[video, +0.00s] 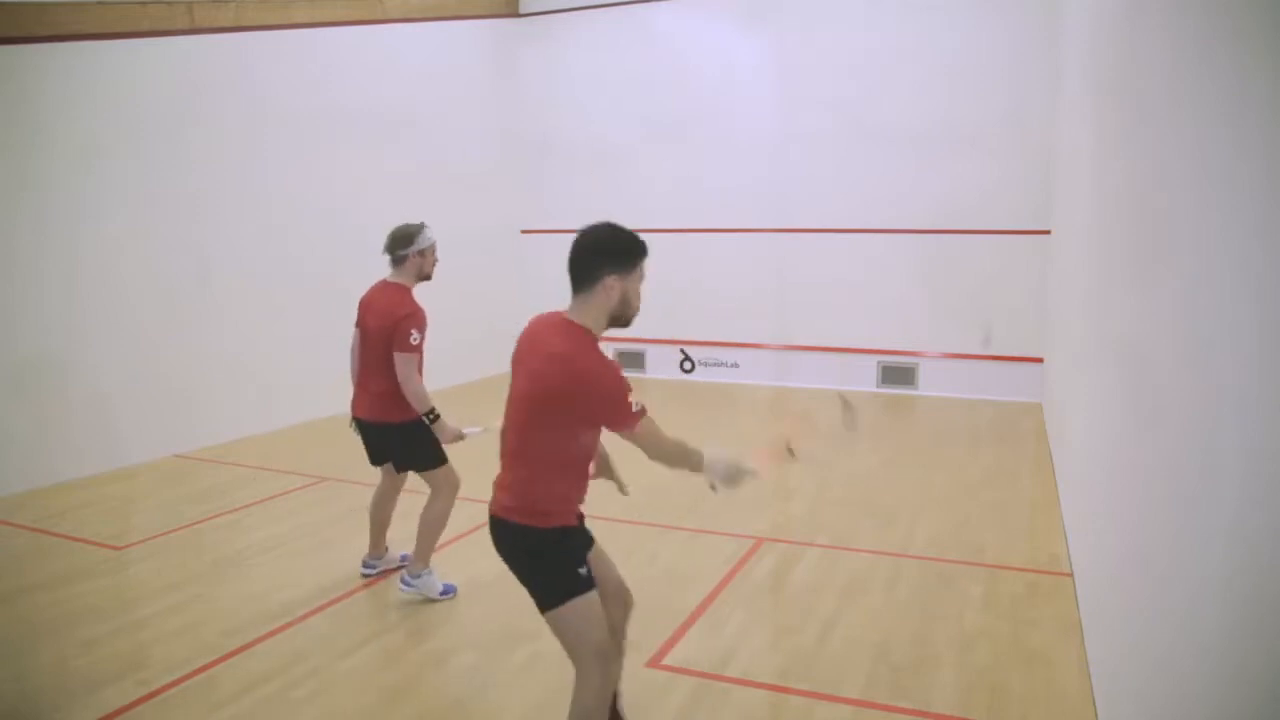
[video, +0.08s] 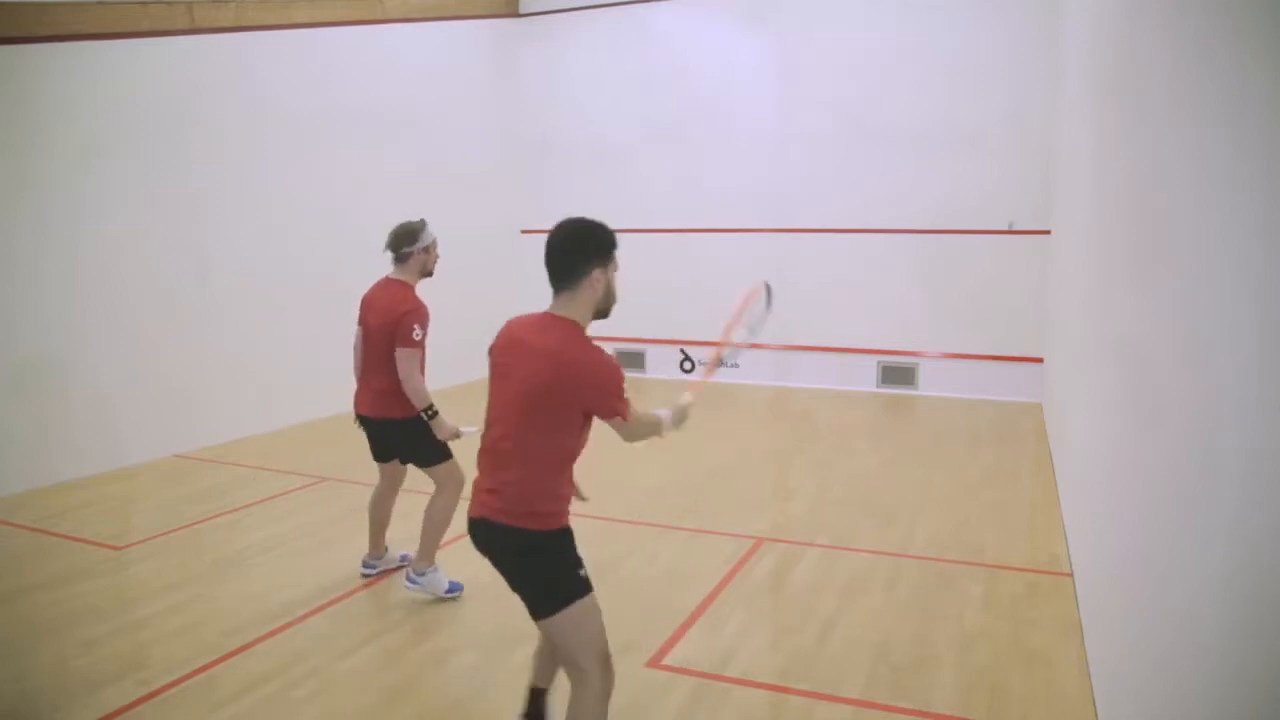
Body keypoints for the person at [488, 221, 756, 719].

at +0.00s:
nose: (641, 295)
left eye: (641, 281)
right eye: (639, 280)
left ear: (594, 280)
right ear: (612, 284)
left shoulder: (539, 330)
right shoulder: (592, 370)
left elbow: (546, 412)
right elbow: (657, 445)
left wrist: (593, 452)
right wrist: (708, 463)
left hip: (536, 513)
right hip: (537, 528)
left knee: (616, 603)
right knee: (597, 658)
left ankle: (607, 705)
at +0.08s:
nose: (616, 286)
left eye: (615, 273)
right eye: (614, 272)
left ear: (556, 272)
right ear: (598, 276)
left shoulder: (511, 333)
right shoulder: (590, 362)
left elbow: (509, 417)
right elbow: (631, 428)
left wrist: (559, 467)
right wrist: (671, 418)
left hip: (487, 518)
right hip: (535, 529)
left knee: (559, 623)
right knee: (594, 673)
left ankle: (534, 708)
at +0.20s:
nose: (570, 309)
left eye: (567, 298)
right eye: (567, 298)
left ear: (510, 307)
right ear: (555, 306)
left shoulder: (466, 376)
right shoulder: (567, 384)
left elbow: (429, 459)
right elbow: (599, 456)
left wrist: (473, 487)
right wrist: (622, 424)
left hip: (465, 567)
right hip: (530, 571)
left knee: (481, 630)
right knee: (597, 702)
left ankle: (421, 712)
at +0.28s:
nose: (533, 313)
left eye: (529, 303)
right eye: (530, 303)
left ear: (473, 314)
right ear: (519, 312)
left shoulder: (430, 385)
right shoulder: (535, 391)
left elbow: (385, 467)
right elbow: (571, 485)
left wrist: (413, 505)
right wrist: (596, 465)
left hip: (436, 569)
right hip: (503, 572)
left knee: (418, 652)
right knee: (566, 701)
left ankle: (371, 718)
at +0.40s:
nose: (485, 293)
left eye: (482, 282)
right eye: (481, 283)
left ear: (428, 292)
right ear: (467, 292)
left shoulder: (383, 353)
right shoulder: (478, 366)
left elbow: (324, 426)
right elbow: (508, 455)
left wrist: (333, 485)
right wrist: (535, 498)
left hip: (384, 531)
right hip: (448, 536)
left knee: (375, 652)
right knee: (487, 675)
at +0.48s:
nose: (465, 265)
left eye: (461, 255)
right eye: (460, 256)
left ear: (407, 265)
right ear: (446, 264)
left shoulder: (361, 322)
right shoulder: (451, 332)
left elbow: (300, 381)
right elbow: (475, 420)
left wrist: (305, 454)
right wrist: (490, 471)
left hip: (363, 498)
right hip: (418, 501)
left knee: (369, 620)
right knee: (440, 635)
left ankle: (345, 715)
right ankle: (430, 718)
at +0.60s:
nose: (437, 249)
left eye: (435, 239)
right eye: (433, 239)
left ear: (382, 247)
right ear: (416, 246)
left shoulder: (337, 302)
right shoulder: (422, 311)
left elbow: (281, 366)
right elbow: (436, 399)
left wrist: (291, 442)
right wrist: (441, 469)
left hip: (334, 472)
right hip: (387, 477)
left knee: (342, 589)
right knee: (374, 606)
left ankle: (319, 704)